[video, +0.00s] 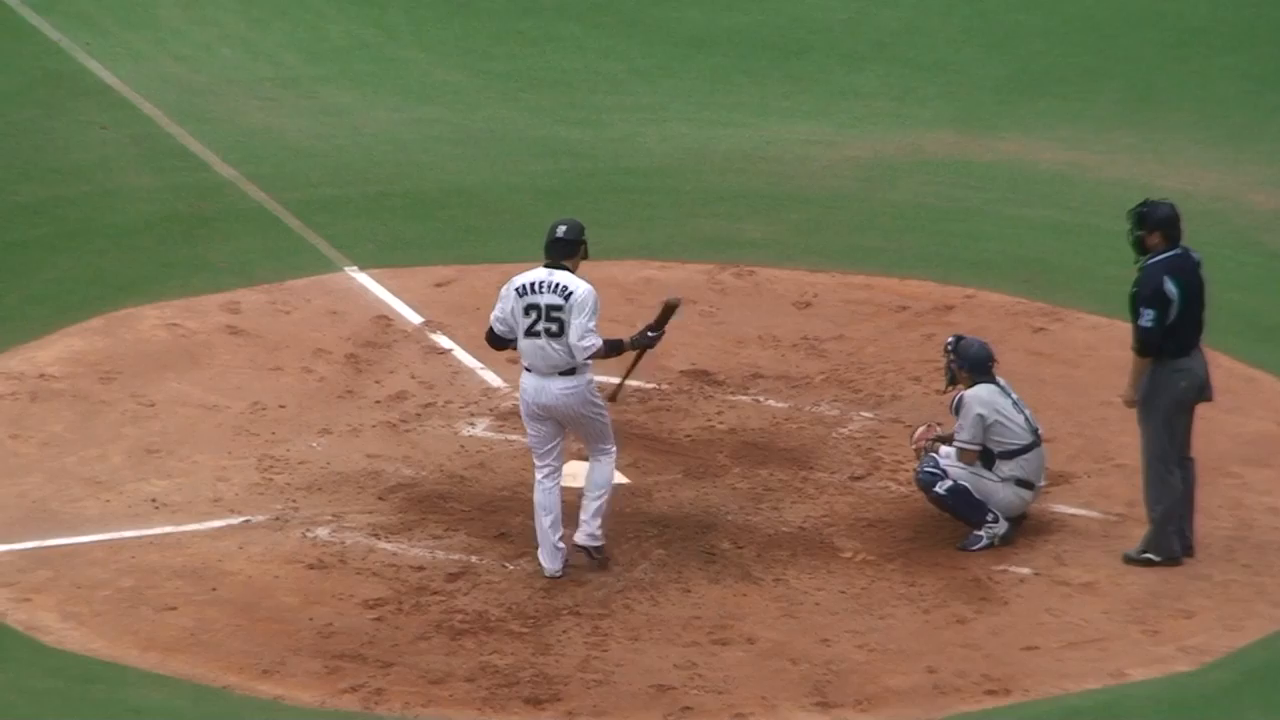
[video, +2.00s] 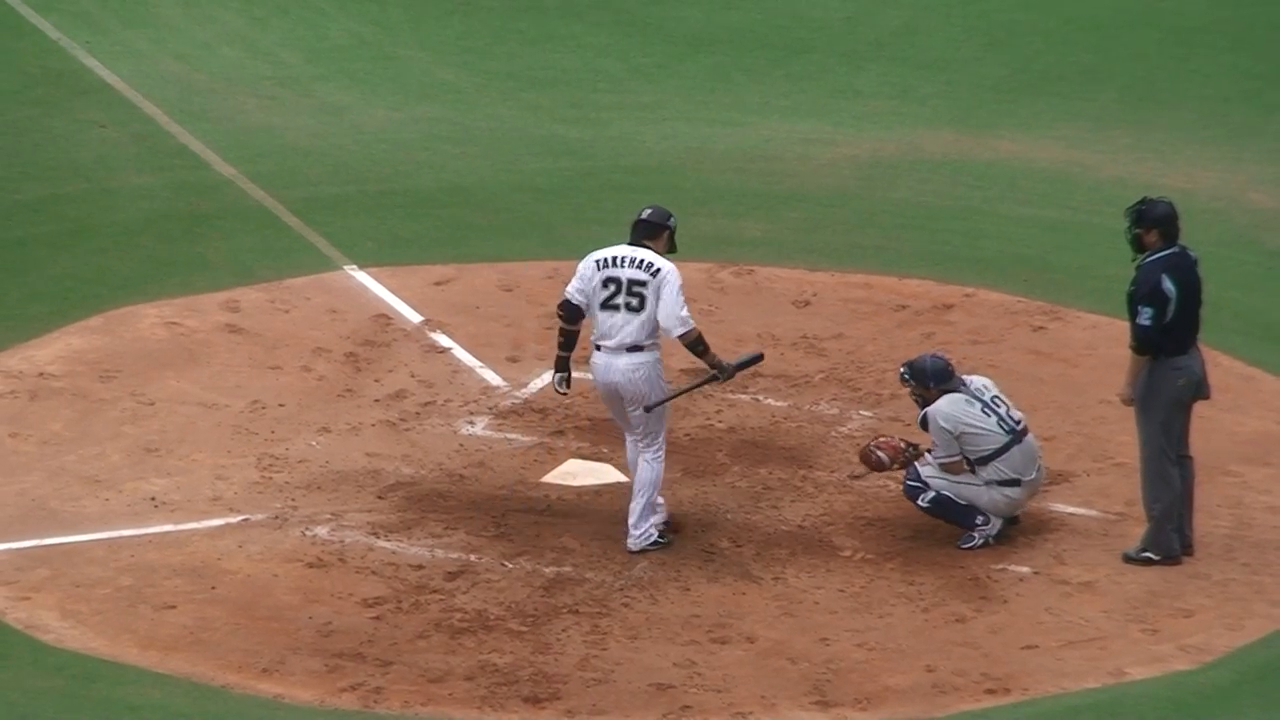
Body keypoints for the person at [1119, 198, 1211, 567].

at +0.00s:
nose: (1138, 236)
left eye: (1142, 231)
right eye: (1139, 229)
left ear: (1155, 236)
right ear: (1170, 233)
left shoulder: (1154, 275)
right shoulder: (1188, 261)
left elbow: (1145, 342)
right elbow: (1190, 323)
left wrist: (1132, 386)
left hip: (1166, 372)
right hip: (1190, 365)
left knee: (1160, 460)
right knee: (1178, 456)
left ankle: (1162, 543)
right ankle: (1179, 536)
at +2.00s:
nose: (1134, 234)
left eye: (1139, 229)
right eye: (1136, 228)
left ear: (1152, 235)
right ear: (1166, 232)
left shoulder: (1151, 273)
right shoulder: (1186, 260)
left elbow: (1143, 341)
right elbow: (1188, 322)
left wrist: (1129, 384)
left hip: (1163, 371)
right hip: (1187, 364)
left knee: (1157, 457)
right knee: (1177, 454)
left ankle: (1161, 542)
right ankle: (1179, 534)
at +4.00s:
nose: (1133, 236)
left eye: (1137, 231)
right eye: (1134, 229)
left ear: (1150, 236)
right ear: (1166, 233)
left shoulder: (1148, 275)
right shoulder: (1184, 260)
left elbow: (1140, 342)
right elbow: (1187, 323)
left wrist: (1126, 386)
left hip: (1161, 372)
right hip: (1186, 365)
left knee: (1155, 459)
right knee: (1175, 455)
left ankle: (1160, 544)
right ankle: (1178, 536)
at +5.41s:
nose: (1117, 243)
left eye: (1122, 238)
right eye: (1118, 237)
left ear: (1138, 241)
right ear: (1149, 240)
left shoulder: (1134, 282)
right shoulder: (1169, 267)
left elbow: (1128, 346)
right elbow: (1172, 324)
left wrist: (1117, 391)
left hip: (1148, 378)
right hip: (1173, 371)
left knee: (1124, 462)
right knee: (1167, 458)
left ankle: (1105, 555)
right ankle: (1177, 537)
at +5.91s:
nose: (1082, 248)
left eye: (1087, 243)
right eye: (1083, 242)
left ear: (1100, 247)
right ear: (1114, 244)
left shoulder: (1098, 288)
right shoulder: (1137, 270)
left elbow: (1092, 352)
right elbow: (1143, 327)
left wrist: (1078, 397)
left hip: (1125, 383)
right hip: (1151, 373)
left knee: (1097, 463)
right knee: (1138, 442)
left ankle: (1101, 557)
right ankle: (1156, 516)